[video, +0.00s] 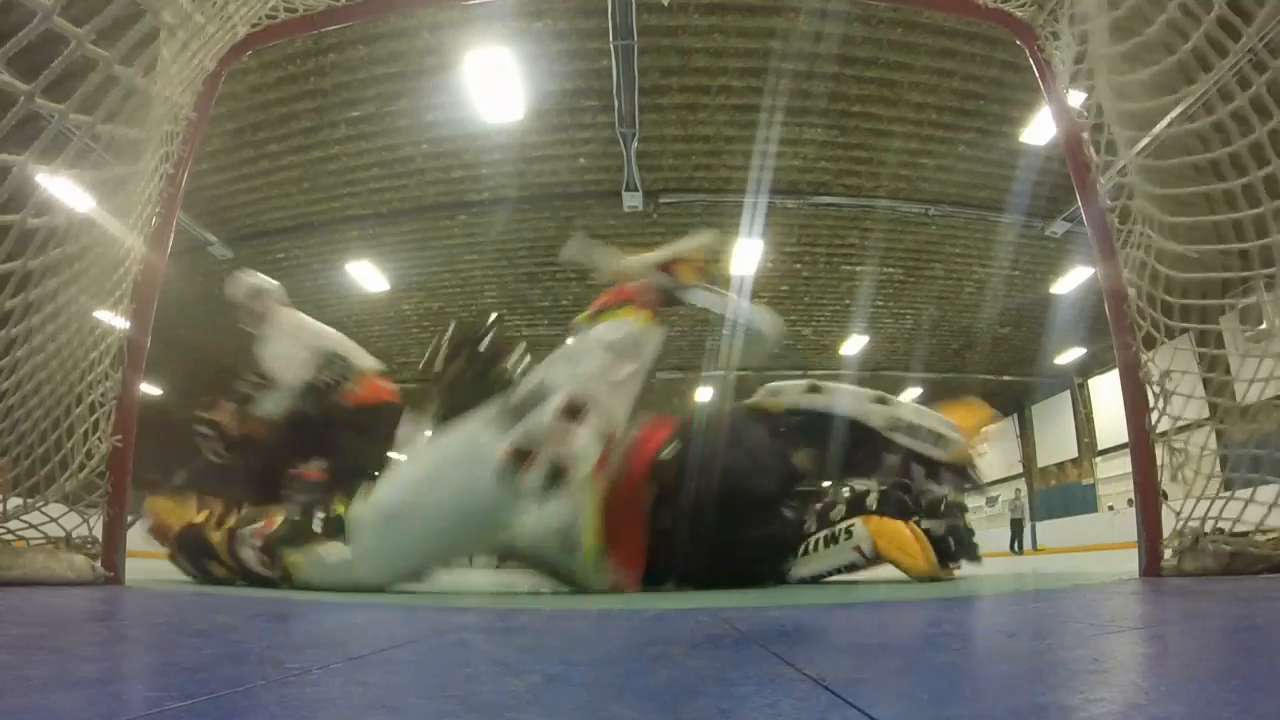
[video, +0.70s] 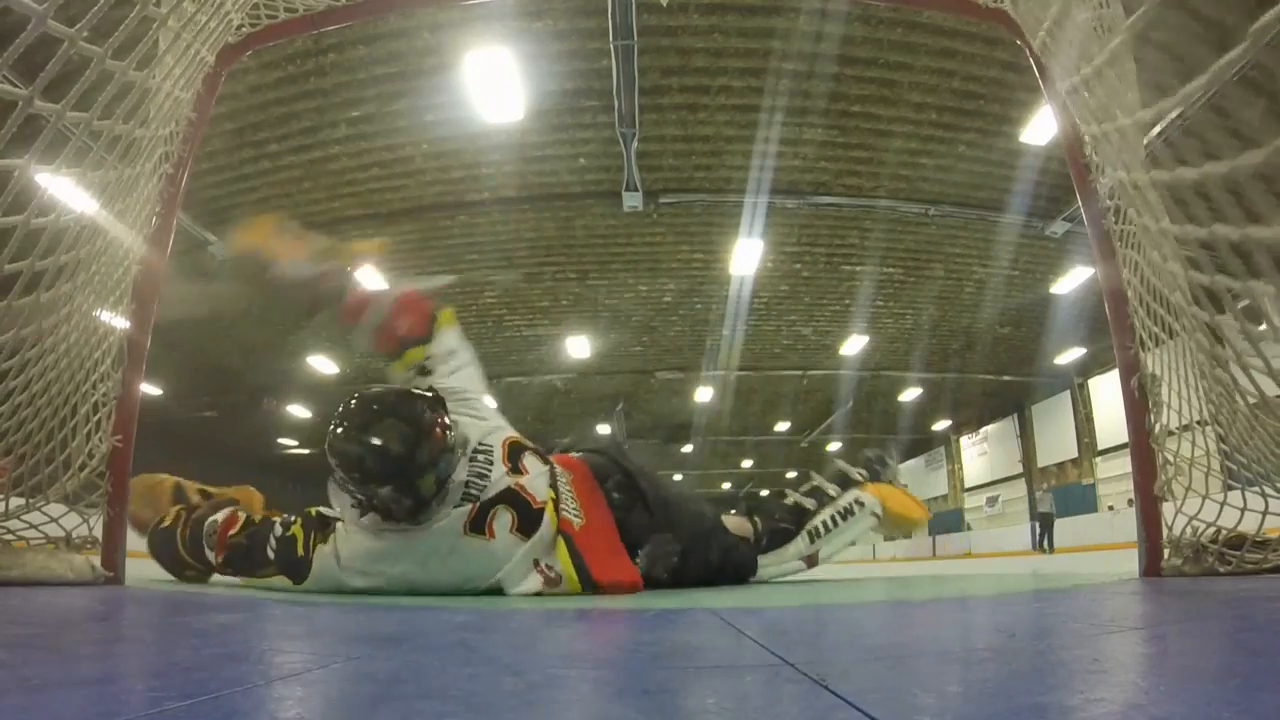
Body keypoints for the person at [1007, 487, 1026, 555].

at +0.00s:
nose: (1018, 494)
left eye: (1019, 493)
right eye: (1016, 493)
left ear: (1020, 493)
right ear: (1015, 493)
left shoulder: (1022, 502)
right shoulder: (1011, 501)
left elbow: (1023, 512)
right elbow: (1010, 509)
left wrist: (1024, 521)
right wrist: (1014, 505)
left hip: (1020, 519)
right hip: (1014, 519)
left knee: (1020, 535)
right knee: (1014, 534)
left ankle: (1020, 548)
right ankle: (1012, 547)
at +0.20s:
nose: (1025, 492)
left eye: (1026, 491)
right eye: (1024, 491)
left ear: (1028, 491)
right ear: (1022, 491)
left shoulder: (1030, 500)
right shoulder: (1020, 499)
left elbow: (1032, 509)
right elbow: (1019, 505)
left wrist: (1033, 517)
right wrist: (1022, 498)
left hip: (1028, 517)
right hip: (1021, 517)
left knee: (1029, 534)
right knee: (1022, 533)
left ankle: (1029, 548)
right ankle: (1020, 547)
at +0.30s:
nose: (1029, 491)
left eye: (1030, 490)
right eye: (1028, 490)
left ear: (1032, 491)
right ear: (1026, 491)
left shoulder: (1033, 499)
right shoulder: (1024, 498)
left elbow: (1036, 508)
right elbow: (1023, 503)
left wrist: (1037, 516)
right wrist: (1026, 496)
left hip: (1032, 516)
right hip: (1025, 516)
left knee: (1033, 534)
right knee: (1026, 533)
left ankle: (1033, 548)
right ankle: (1024, 547)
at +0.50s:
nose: (1037, 490)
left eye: (1038, 489)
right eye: (1036, 489)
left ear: (1039, 490)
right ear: (1034, 490)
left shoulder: (1042, 498)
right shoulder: (1031, 497)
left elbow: (1044, 507)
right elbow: (1029, 501)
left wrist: (1046, 515)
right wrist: (1033, 495)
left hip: (1041, 514)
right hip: (1033, 514)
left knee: (1041, 532)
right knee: (1034, 532)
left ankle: (1042, 547)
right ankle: (1033, 546)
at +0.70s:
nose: (1045, 487)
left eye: (1046, 486)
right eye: (1044, 486)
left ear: (1048, 487)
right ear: (1041, 487)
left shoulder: (1050, 495)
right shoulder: (1038, 494)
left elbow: (1053, 504)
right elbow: (1037, 499)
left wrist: (1054, 512)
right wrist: (1042, 491)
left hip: (1049, 513)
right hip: (1041, 513)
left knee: (1050, 531)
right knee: (1042, 531)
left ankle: (1051, 547)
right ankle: (1041, 546)